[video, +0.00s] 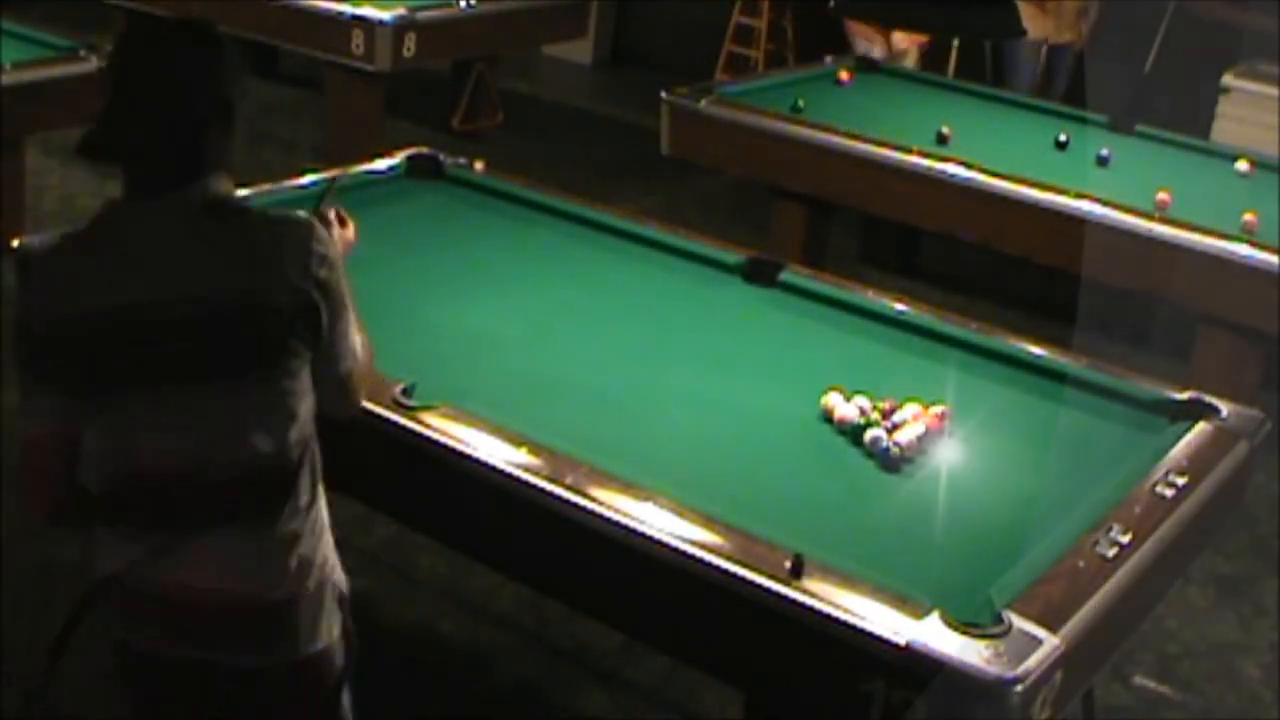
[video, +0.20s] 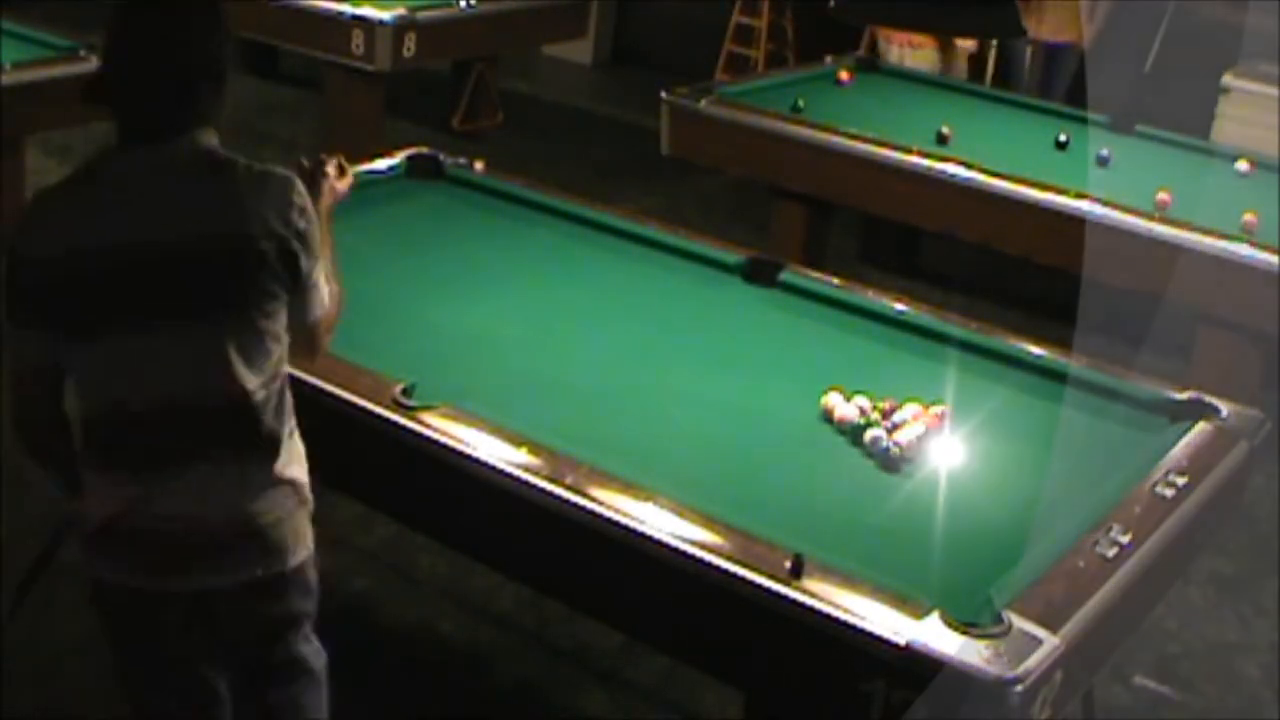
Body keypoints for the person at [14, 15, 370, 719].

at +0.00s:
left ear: (114, 128)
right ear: (227, 126)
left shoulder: (55, 274)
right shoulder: (292, 250)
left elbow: (46, 467)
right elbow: (349, 392)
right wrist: (334, 264)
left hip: (138, 618)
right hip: (283, 621)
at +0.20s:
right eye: (215, 70)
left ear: (108, 83)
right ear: (220, 84)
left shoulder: (52, 218)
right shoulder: (271, 201)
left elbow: (31, 402)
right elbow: (312, 333)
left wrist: (86, 490)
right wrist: (322, 214)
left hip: (127, 542)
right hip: (261, 537)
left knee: (163, 691)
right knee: (287, 677)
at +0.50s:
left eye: (110, 51)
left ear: (106, 60)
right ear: (203, 62)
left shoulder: (49, 174)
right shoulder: (245, 169)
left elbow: (20, 327)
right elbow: (261, 307)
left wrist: (43, 418)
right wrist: (258, 171)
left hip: (103, 472)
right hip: (218, 470)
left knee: (165, 680)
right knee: (181, 667)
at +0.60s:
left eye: (109, 41)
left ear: (107, 51)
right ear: (194, 51)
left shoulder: (61, 151)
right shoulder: (239, 149)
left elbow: (23, 293)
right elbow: (244, 273)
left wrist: (23, 384)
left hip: (93, 445)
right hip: (198, 437)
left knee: (141, 638)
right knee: (165, 618)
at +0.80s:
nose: (83, 25)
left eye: (87, 15)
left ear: (89, 20)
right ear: (164, 22)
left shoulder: (51, 111)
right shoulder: (207, 110)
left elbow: (25, 245)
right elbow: (195, 214)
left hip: (80, 389)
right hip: (174, 379)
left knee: (58, 546)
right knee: (158, 558)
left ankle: (146, 696)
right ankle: (164, 692)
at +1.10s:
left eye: (19, 16)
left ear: (29, 13)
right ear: (96, 6)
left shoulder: (16, 90)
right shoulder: (134, 76)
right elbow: (118, 194)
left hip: (26, 360)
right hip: (116, 354)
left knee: (9, 531)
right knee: (124, 536)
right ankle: (143, 692)